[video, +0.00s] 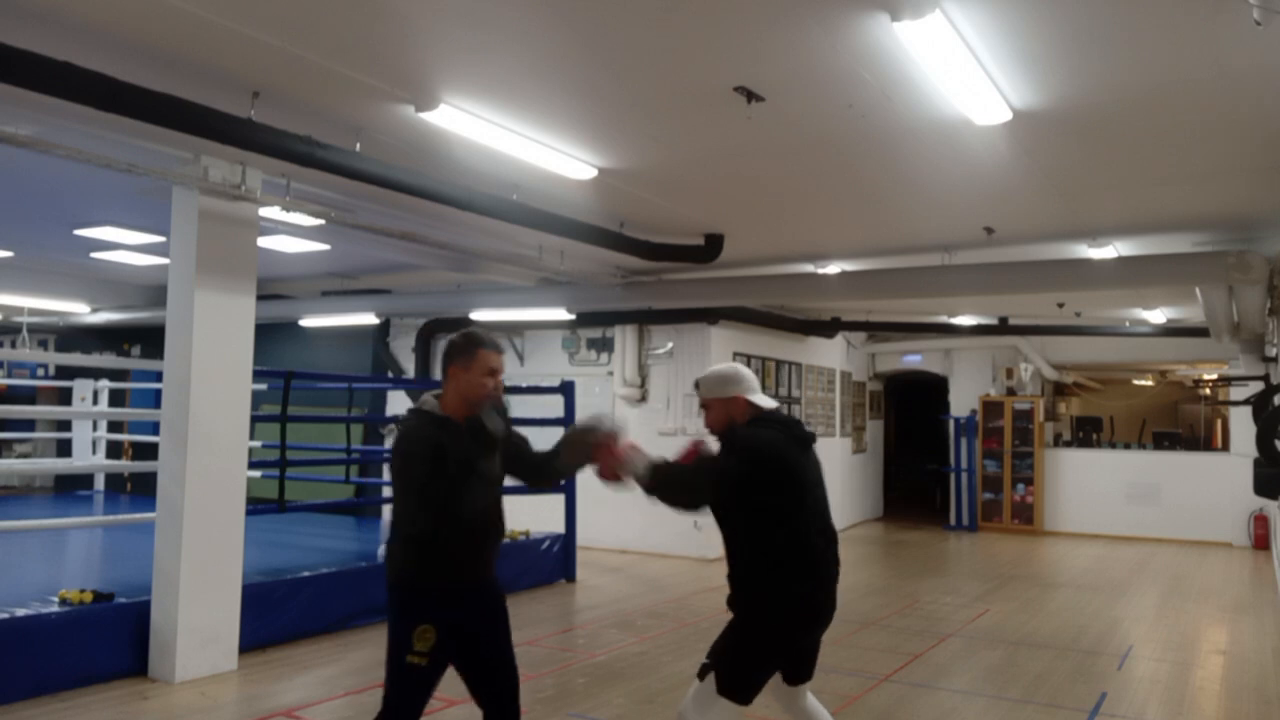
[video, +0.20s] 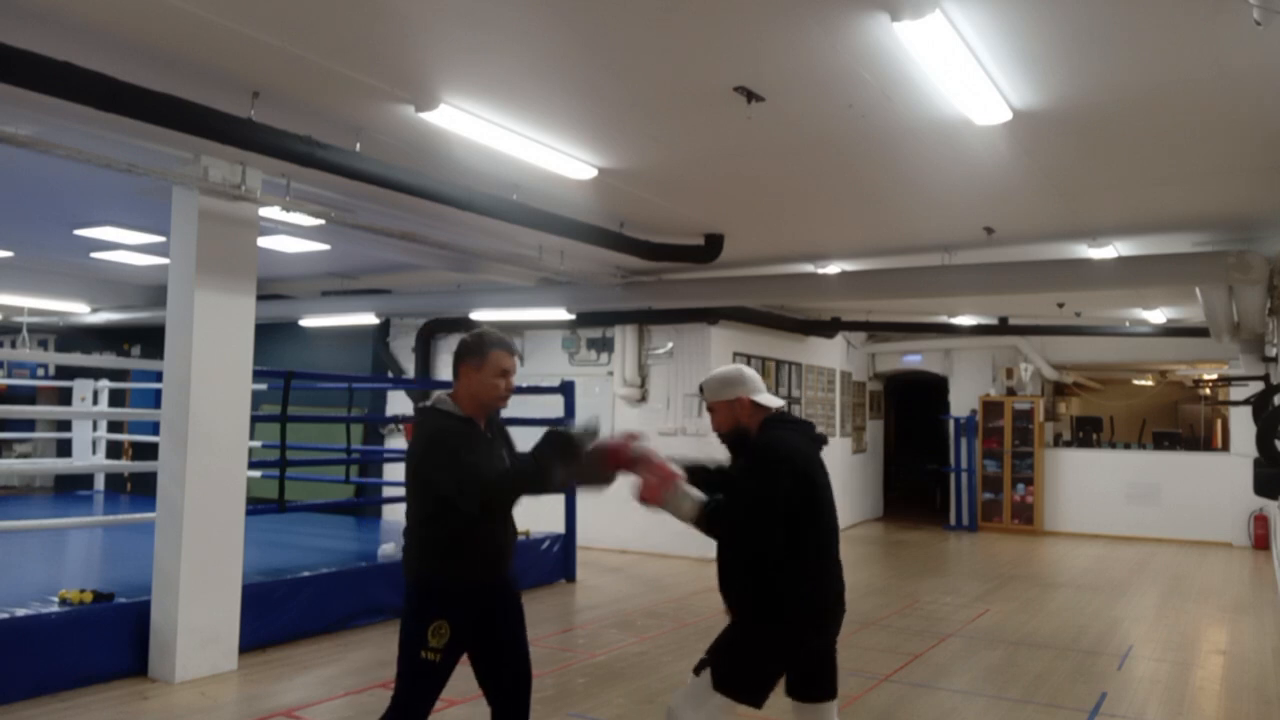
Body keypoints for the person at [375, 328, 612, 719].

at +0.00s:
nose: (499, 387)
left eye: (500, 376)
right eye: (490, 375)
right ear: (456, 374)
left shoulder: (489, 425)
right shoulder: (418, 431)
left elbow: (539, 471)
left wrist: (585, 444)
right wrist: (483, 432)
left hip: (475, 586)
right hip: (422, 590)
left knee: (503, 704)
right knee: (401, 708)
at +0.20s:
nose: (510, 387)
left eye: (513, 377)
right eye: (501, 375)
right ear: (467, 373)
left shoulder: (492, 431)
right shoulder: (436, 430)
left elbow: (517, 479)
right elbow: (483, 494)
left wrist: (586, 464)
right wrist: (547, 457)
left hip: (491, 587)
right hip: (439, 590)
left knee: (513, 698)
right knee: (411, 705)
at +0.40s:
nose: (513, 385)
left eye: (516, 376)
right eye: (504, 374)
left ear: (516, 380)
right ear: (470, 372)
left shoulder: (511, 428)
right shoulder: (435, 429)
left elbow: (551, 473)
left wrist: (597, 456)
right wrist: (482, 428)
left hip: (496, 587)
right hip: (440, 589)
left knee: (520, 696)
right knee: (409, 705)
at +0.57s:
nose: (525, 383)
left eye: (526, 374)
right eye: (516, 373)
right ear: (481, 374)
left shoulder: (516, 431)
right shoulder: (452, 426)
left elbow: (536, 486)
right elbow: (501, 478)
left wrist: (556, 509)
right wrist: (554, 434)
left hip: (508, 582)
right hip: (453, 584)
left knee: (526, 694)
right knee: (417, 699)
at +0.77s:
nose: (531, 376)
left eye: (533, 367)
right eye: (520, 366)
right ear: (486, 367)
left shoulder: (535, 421)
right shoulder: (450, 430)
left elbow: (591, 440)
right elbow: (457, 509)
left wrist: (584, 423)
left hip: (515, 579)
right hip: (457, 581)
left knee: (521, 700)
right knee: (435, 698)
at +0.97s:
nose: (515, 378)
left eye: (517, 368)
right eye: (505, 367)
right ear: (469, 368)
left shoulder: (518, 415)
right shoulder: (429, 439)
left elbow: (574, 415)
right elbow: (434, 521)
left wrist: (628, 406)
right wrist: (499, 464)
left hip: (505, 585)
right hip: (445, 591)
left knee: (522, 703)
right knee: (428, 709)